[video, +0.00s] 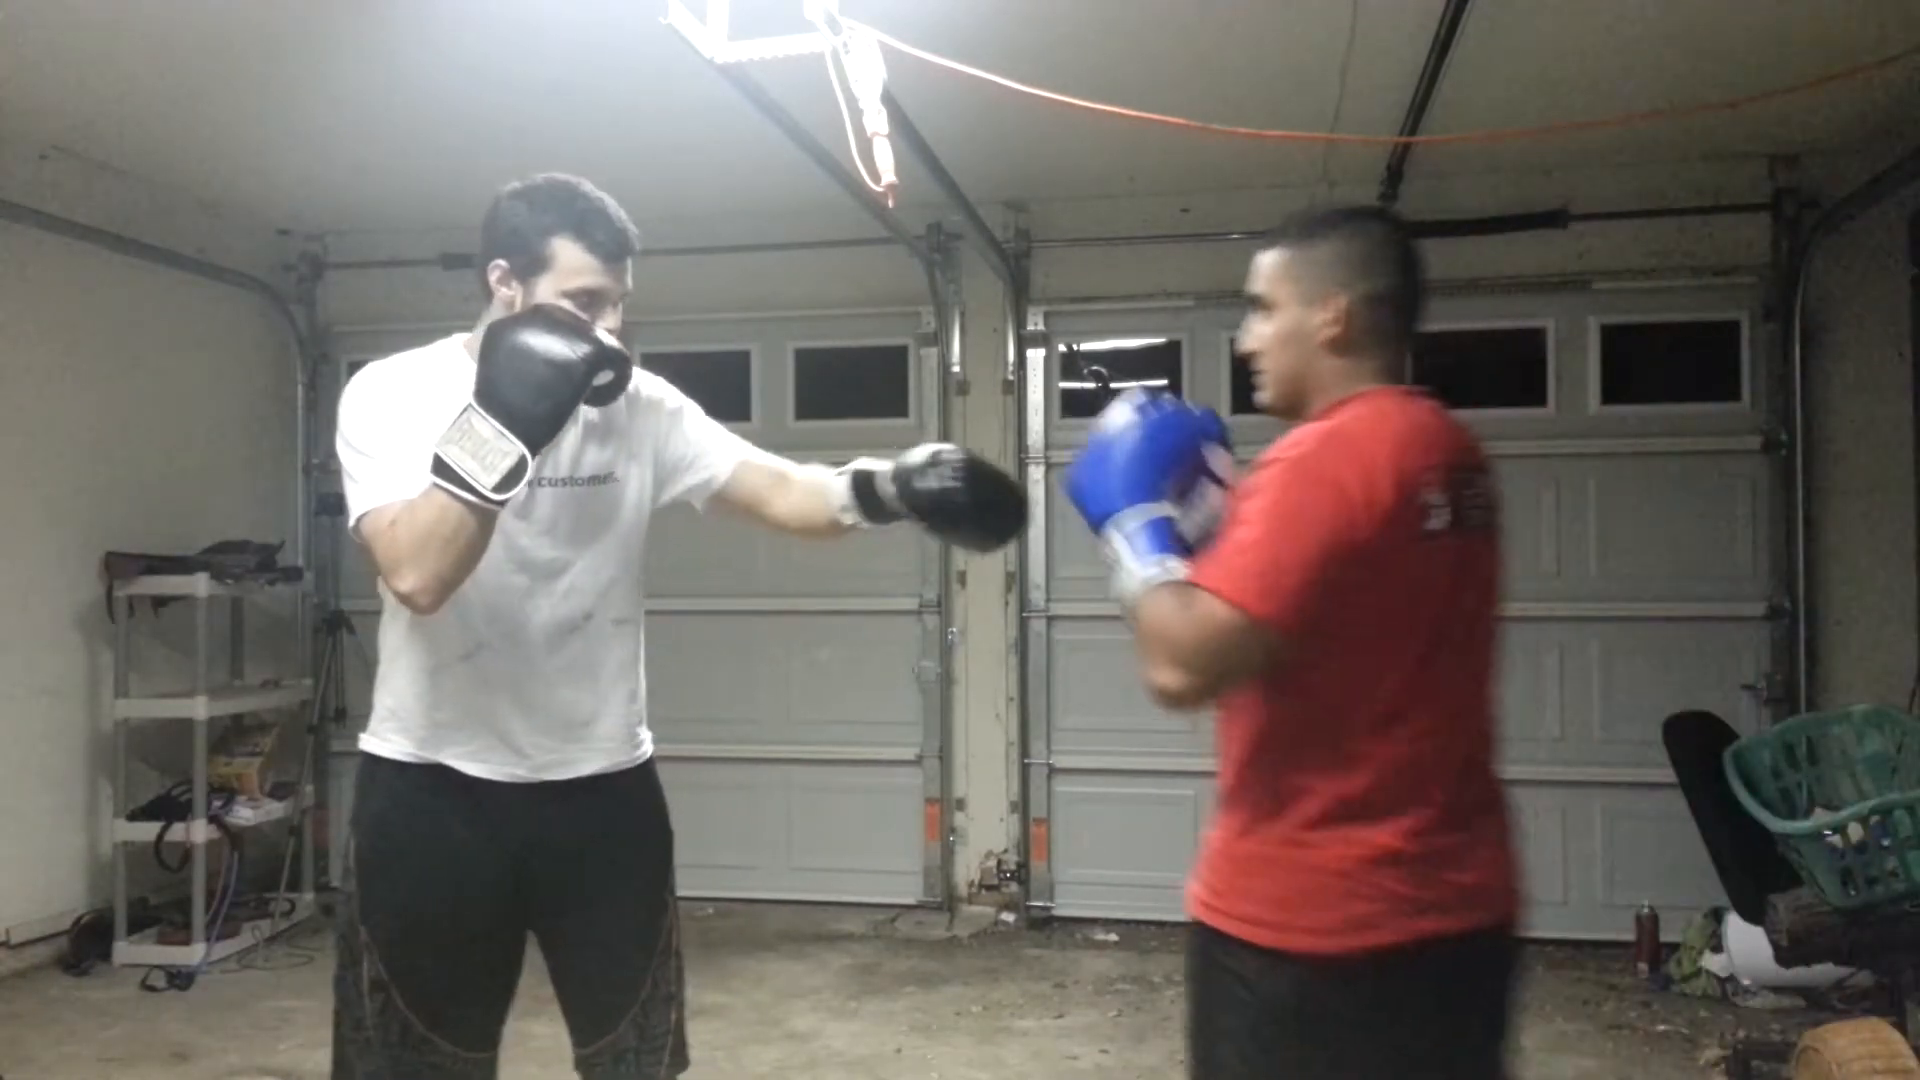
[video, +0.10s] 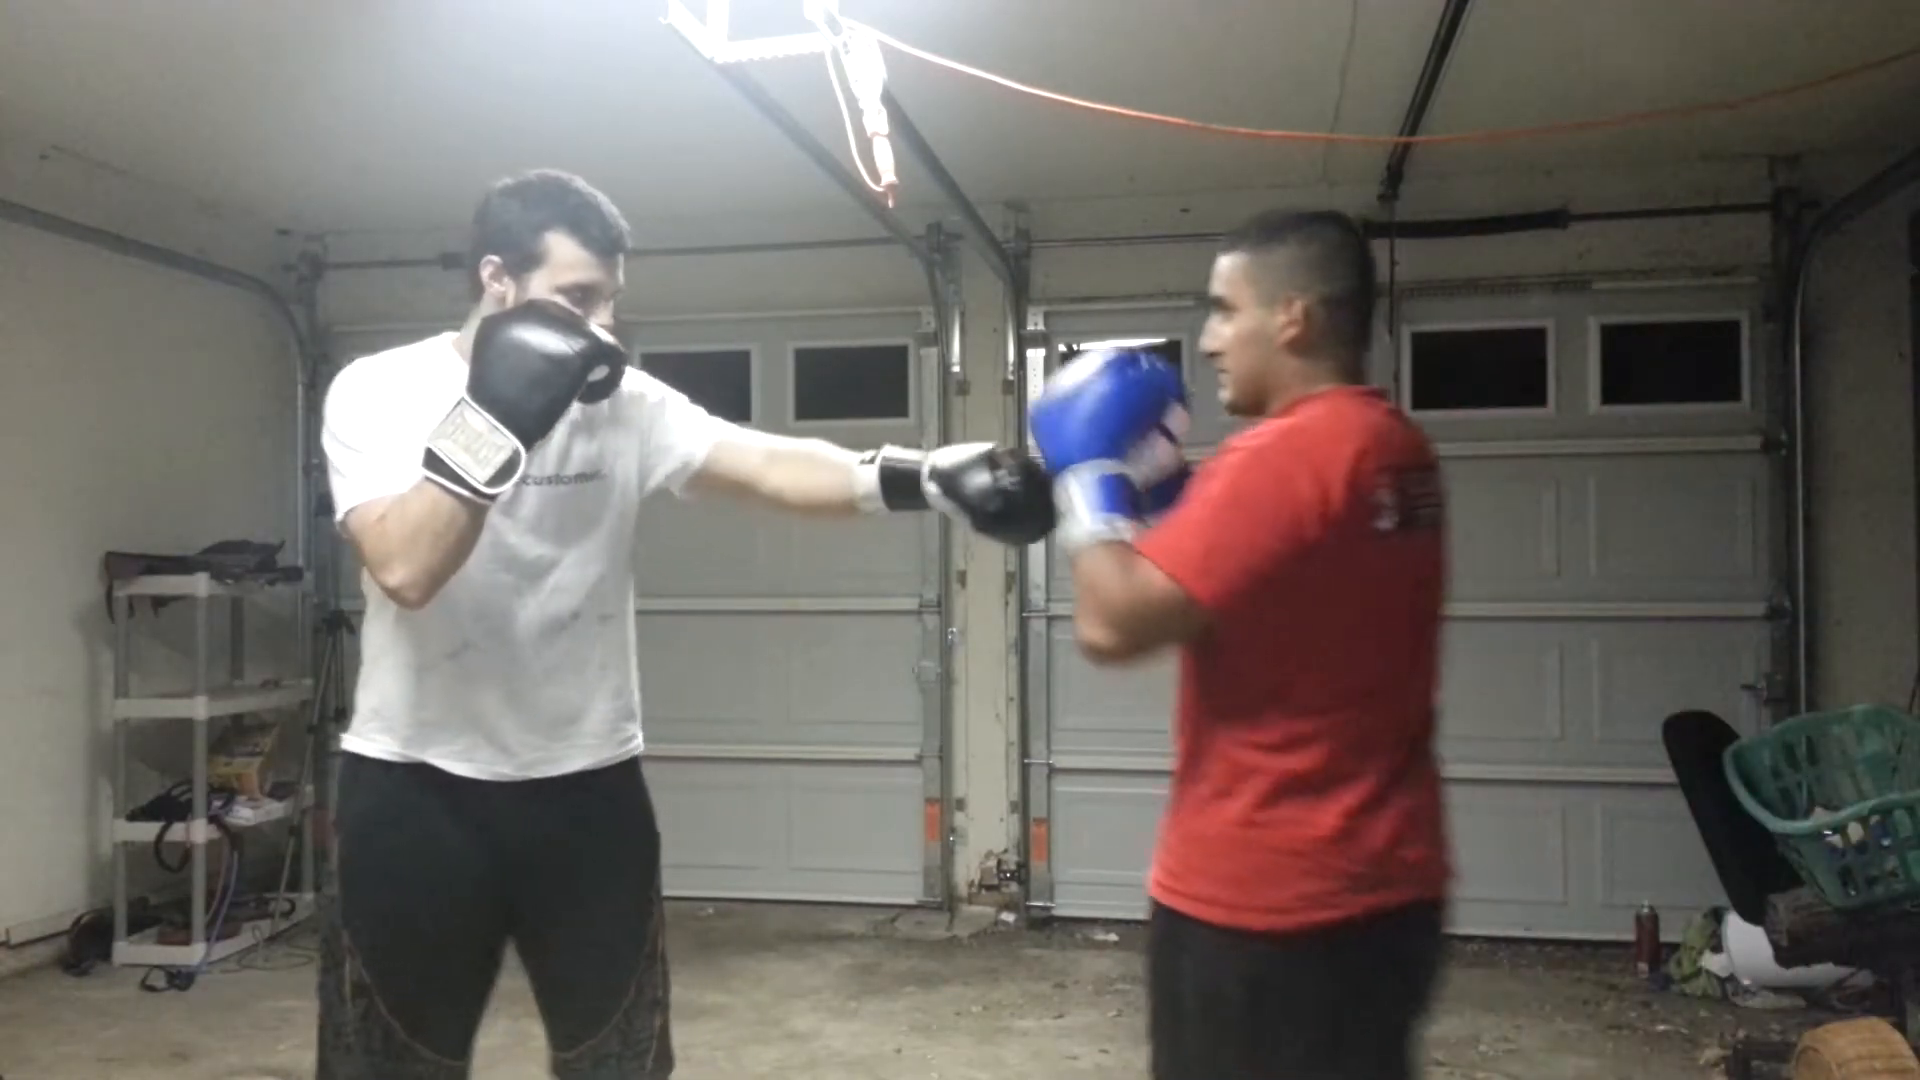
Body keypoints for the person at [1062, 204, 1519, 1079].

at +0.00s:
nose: (1244, 338)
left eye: (1263, 309)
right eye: (1249, 311)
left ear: (1332, 318)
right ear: (1334, 318)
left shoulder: (1333, 457)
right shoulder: (1449, 448)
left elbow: (1183, 662)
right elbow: (1347, 619)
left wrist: (1129, 521)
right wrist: (1224, 517)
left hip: (1307, 935)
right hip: (1443, 920)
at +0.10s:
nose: (1208, 339)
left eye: (1225, 310)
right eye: (1212, 312)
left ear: (1293, 321)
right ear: (1295, 321)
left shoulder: (1291, 455)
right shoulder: (1397, 445)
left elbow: (1114, 620)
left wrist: (1081, 475)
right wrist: (1167, 487)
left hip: (1262, 907)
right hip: (1371, 892)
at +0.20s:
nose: (1178, 337)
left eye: (1197, 310)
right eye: (1185, 312)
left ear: (1267, 321)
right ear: (1272, 323)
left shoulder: (1258, 450)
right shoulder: (1353, 443)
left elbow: (1066, 582)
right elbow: (1184, 574)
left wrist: (1048, 432)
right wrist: (1122, 460)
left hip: (1228, 891)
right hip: (1314, 876)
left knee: (1194, 1064)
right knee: (1272, 1065)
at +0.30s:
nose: (1159, 342)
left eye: (1177, 316)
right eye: (1164, 319)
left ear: (1243, 329)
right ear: (1248, 331)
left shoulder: (1244, 447)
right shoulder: (1303, 441)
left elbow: (1038, 547)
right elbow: (1132, 540)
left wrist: (1027, 405)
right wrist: (1082, 452)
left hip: (1203, 867)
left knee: (1172, 1066)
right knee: (1203, 1063)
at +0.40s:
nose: (1140, 350)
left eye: (1158, 325)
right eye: (1143, 328)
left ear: (1225, 338)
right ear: (1224, 341)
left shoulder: (1245, 447)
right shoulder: (1220, 446)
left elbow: (1023, 509)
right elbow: (1045, 510)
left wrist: (1022, 367)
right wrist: (1017, 411)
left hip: (1197, 854)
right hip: (1164, 847)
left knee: (1169, 1067)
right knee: (1147, 1063)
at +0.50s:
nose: (1124, 361)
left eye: (1143, 337)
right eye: (1127, 339)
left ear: (1208, 347)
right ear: (1206, 350)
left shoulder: (1227, 453)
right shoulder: (1184, 454)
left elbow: (1027, 472)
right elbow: (1024, 476)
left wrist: (1022, 336)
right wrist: (1005, 352)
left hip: (1172, 842)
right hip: (1135, 834)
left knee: (1153, 1065)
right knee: (1131, 1062)